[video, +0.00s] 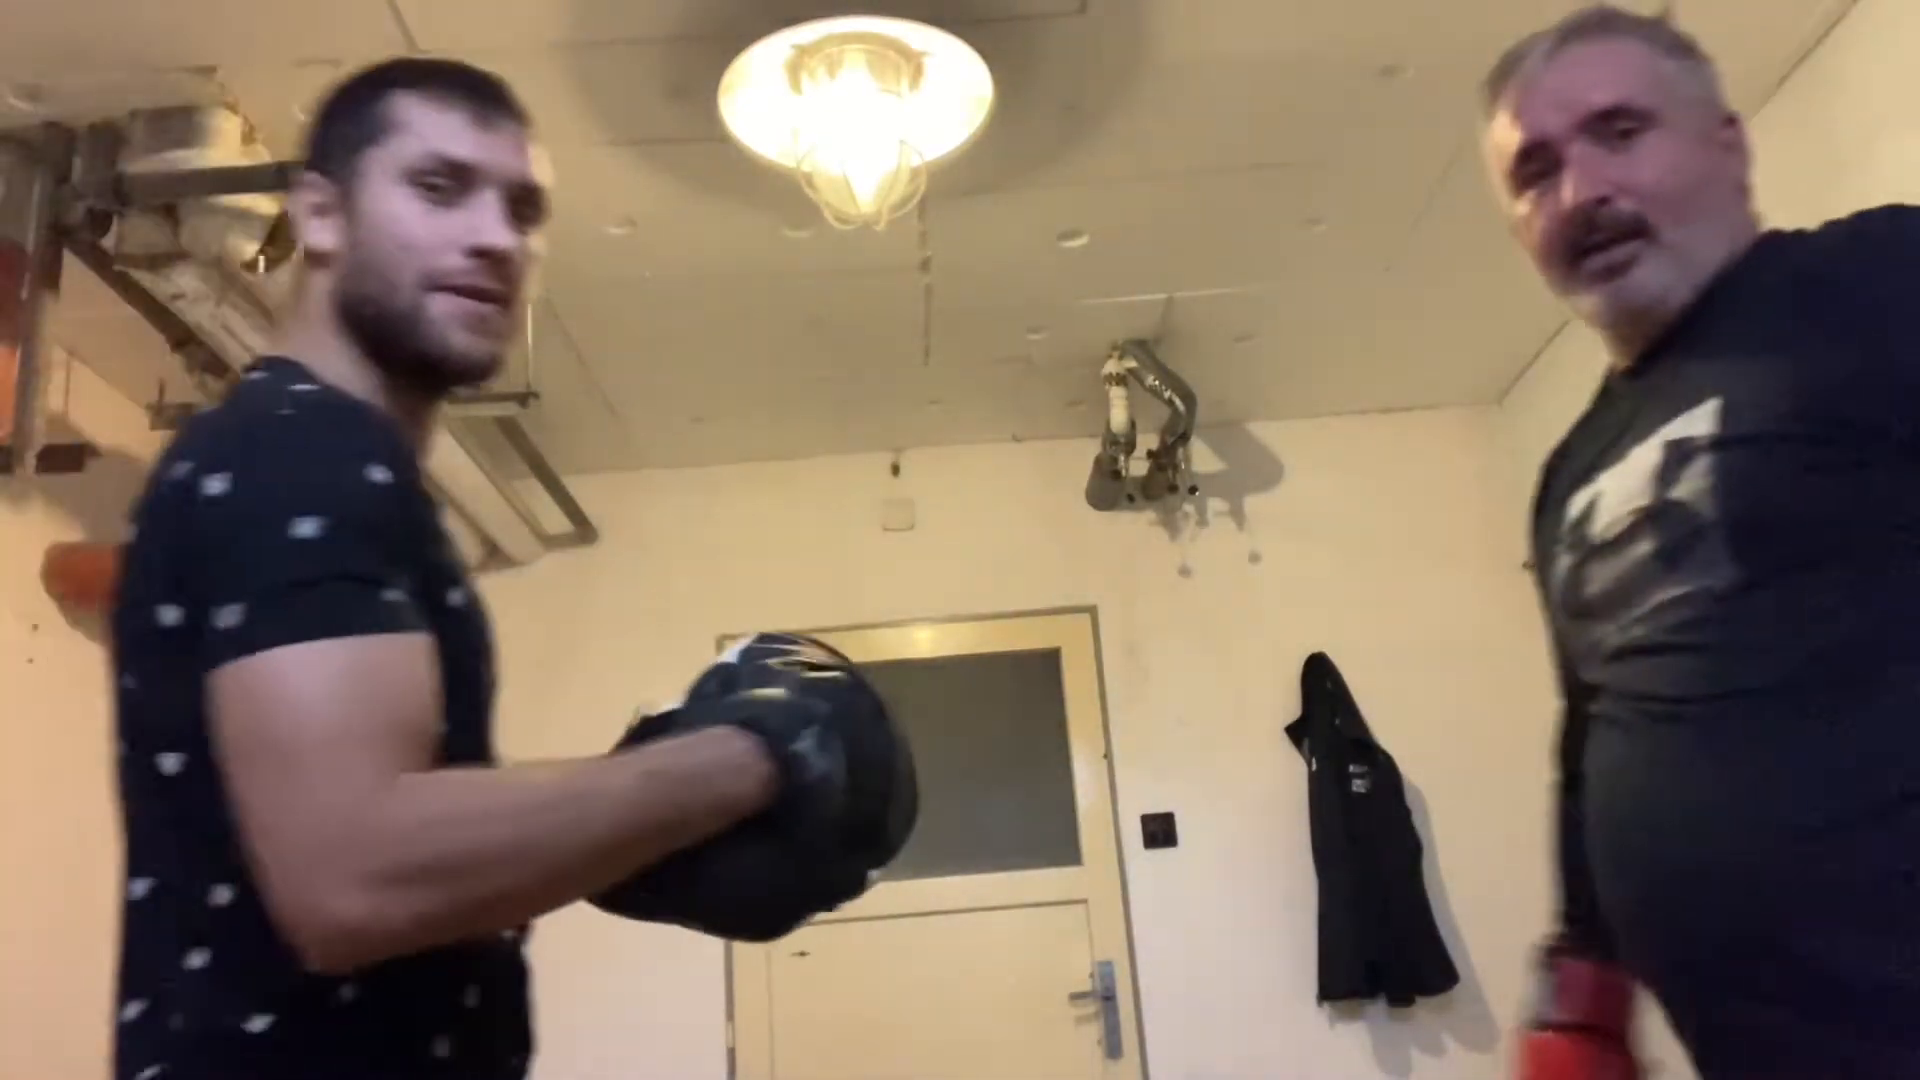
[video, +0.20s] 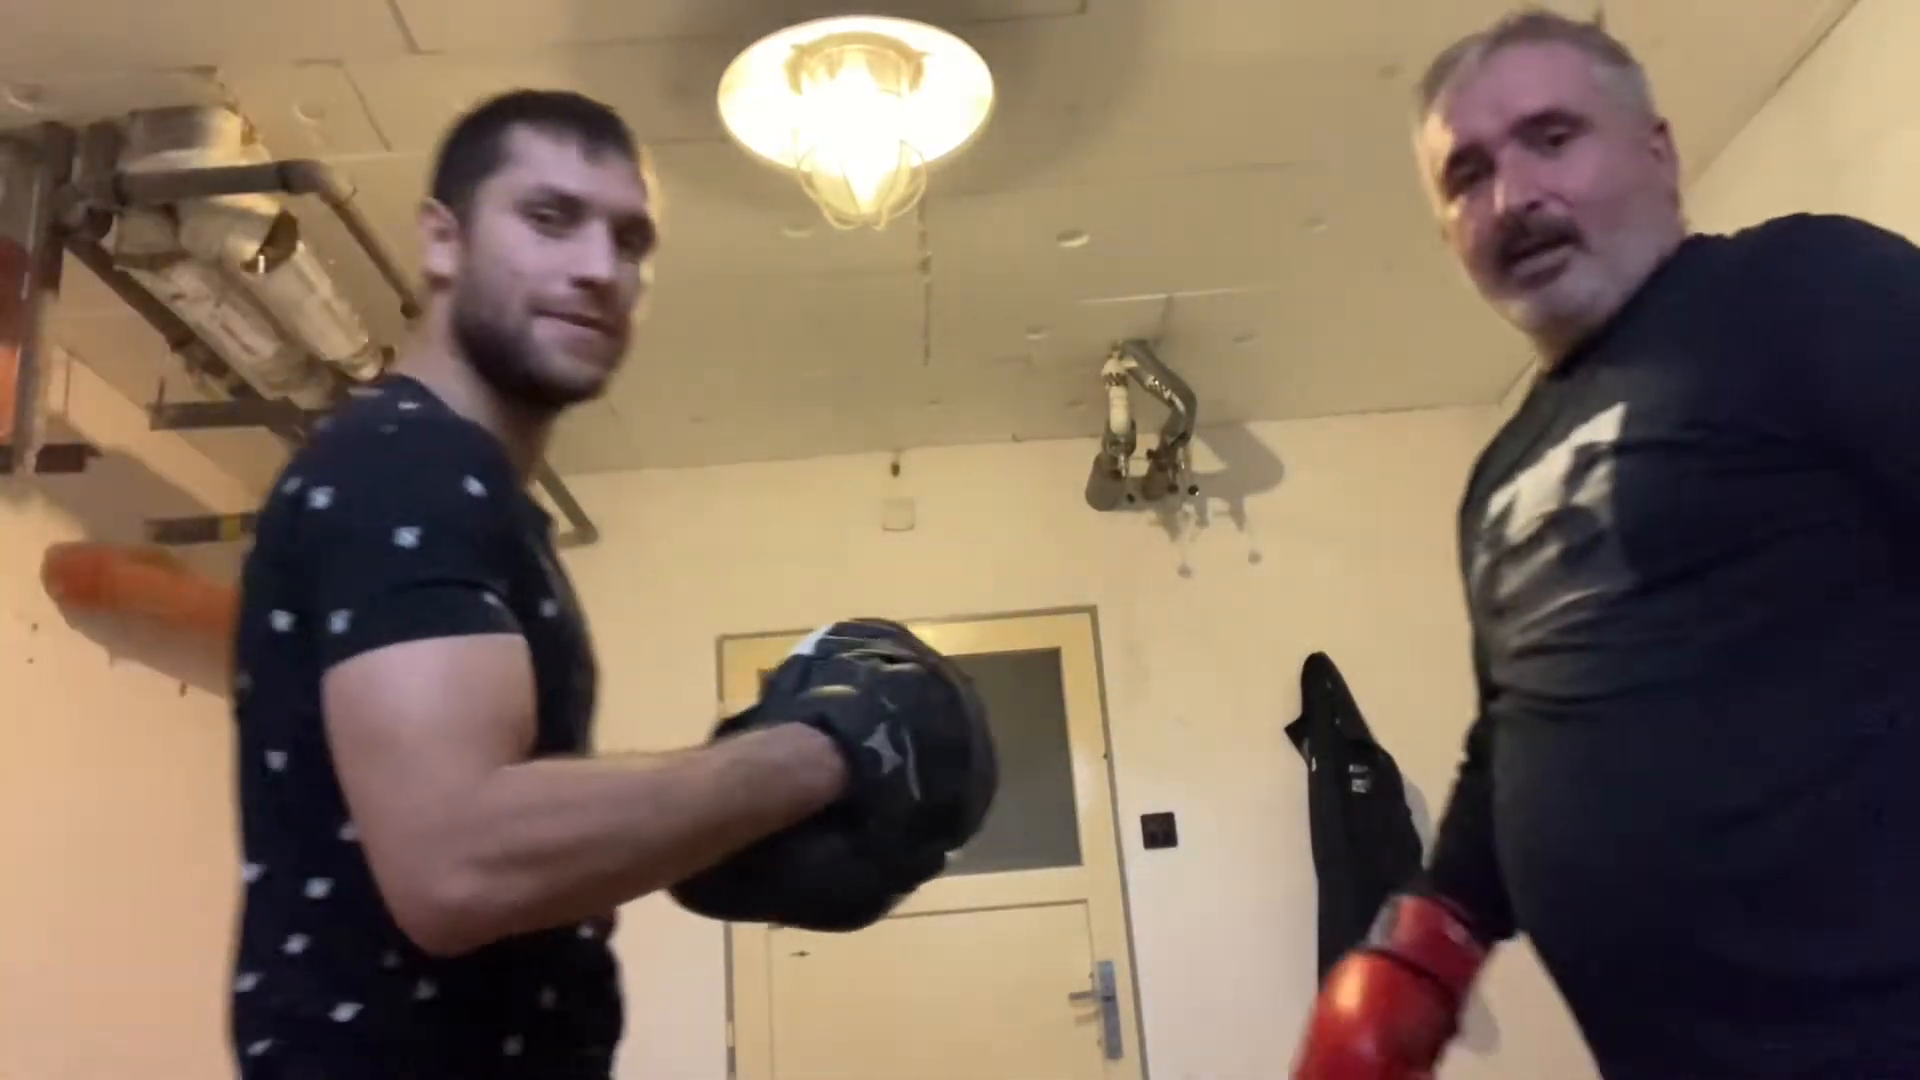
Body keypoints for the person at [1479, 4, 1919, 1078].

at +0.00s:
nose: (1580, 189)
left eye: (1620, 131)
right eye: (1537, 173)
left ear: (1730, 144)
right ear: (1517, 229)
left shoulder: (1889, 268)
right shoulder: (1570, 474)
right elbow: (1598, 736)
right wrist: (1583, 997)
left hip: (1911, 979)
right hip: (1745, 1033)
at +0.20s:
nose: (1512, 193)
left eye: (1552, 137)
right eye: (1469, 175)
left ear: (1659, 152)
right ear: (1451, 233)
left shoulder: (1818, 285)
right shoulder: (1500, 475)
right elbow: (1515, 735)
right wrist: (1425, 945)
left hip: (1878, 1003)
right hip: (1656, 1043)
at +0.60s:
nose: (1391, 157)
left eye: (1436, 88)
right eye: (1347, 127)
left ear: (1557, 107)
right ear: (1327, 183)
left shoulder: (1712, 270)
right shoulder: (1397, 422)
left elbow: (1911, 574)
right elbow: (1433, 726)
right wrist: (1418, 994)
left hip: (1773, 1016)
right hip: (1500, 1031)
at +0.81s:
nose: (1274, 100)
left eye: (1321, 31)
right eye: (1232, 76)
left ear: (1465, 43)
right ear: (1217, 125)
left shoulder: (1616, 238)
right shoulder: (1373, 338)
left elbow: (1815, 624)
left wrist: (1843, 982)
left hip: (1660, 1015)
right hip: (1444, 1024)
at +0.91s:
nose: (1187, 107)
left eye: (1231, 36)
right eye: (1156, 79)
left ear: (1396, 33)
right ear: (1151, 114)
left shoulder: (1548, 228)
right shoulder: (1353, 306)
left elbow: (1699, 689)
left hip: (1618, 1012)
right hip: (1452, 1021)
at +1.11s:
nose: (1070, 197)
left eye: (1080, 125)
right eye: (1064, 140)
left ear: (1215, 66)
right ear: (1214, 67)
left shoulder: (1428, 245)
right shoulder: (1371, 267)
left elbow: (1457, 710)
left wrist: (1391, 1040)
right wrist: (1318, 927)